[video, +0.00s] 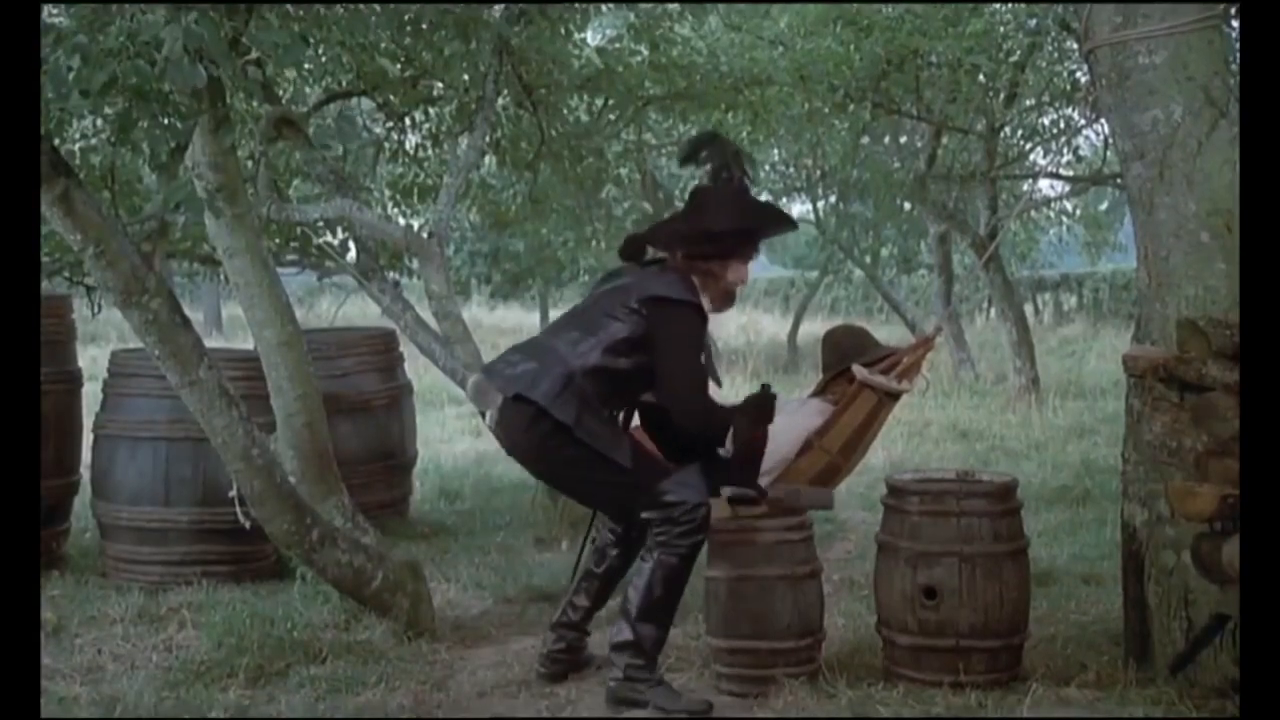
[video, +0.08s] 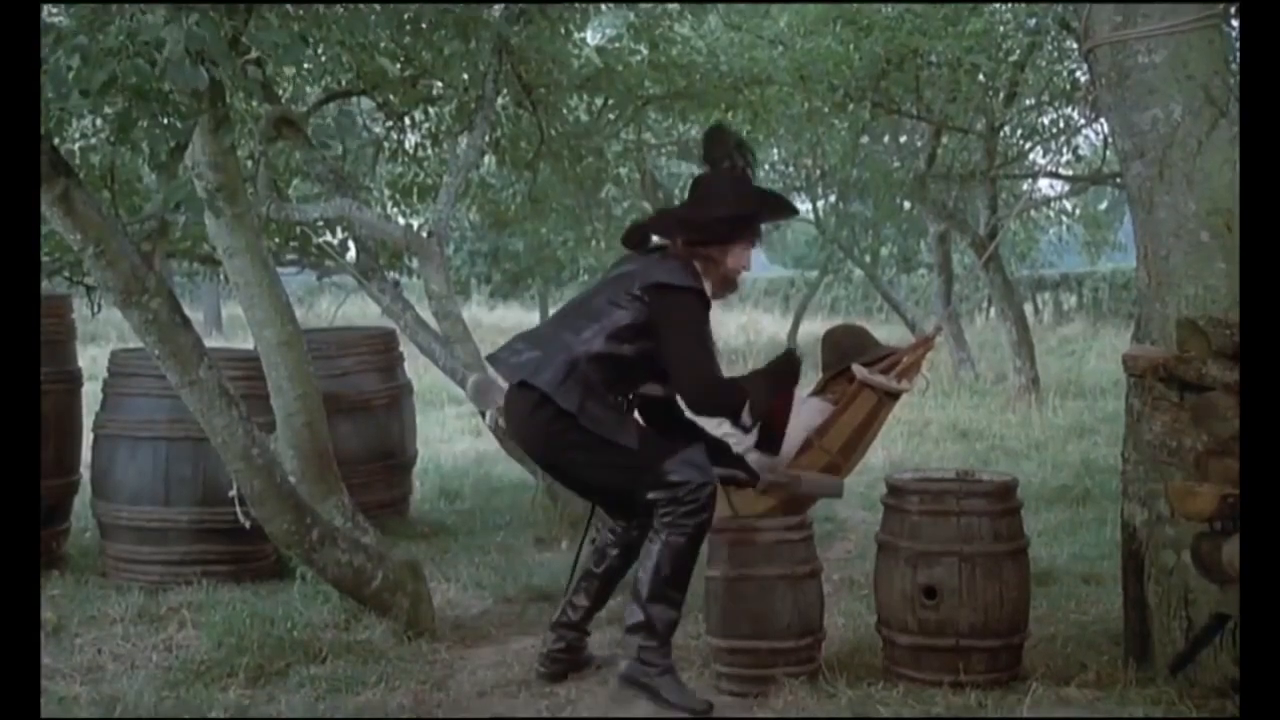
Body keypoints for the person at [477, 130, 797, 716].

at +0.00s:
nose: (748, 276)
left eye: (750, 262)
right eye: (746, 260)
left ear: (693, 254)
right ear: (716, 259)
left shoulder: (644, 285)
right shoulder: (676, 302)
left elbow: (652, 410)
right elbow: (689, 416)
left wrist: (699, 463)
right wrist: (732, 424)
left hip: (518, 409)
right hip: (543, 416)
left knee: (635, 510)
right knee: (682, 511)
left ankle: (563, 646)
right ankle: (634, 675)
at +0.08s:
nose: (752, 260)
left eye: (753, 246)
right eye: (749, 244)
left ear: (699, 239)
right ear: (719, 242)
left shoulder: (649, 272)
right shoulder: (677, 285)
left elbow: (650, 403)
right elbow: (705, 395)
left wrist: (725, 459)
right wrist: (756, 389)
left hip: (526, 399)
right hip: (552, 407)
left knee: (635, 509)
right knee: (690, 488)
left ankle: (563, 644)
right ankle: (648, 663)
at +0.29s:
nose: (778, 258)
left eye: (781, 246)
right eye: (774, 245)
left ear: (729, 237)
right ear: (741, 241)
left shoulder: (678, 268)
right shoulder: (709, 276)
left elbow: (659, 389)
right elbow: (769, 370)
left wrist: (728, 446)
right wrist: (841, 347)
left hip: (551, 393)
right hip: (581, 401)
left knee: (640, 512)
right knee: (700, 498)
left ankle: (564, 643)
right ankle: (685, 666)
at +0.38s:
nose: (797, 266)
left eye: (800, 253)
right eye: (795, 252)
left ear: (746, 241)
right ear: (763, 248)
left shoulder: (691, 270)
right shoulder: (732, 280)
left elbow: (670, 392)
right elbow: (791, 365)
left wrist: (762, 438)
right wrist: (868, 371)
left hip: (560, 389)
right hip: (597, 397)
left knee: (643, 511)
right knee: (714, 495)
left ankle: (563, 641)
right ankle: (683, 664)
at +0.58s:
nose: (828, 280)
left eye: (833, 267)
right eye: (825, 265)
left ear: (771, 249)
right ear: (790, 257)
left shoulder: (722, 276)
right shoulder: (764, 291)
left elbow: (713, 392)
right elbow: (820, 390)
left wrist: (811, 412)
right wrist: (891, 403)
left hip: (580, 379)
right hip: (616, 391)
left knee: (645, 511)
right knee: (733, 498)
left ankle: (565, 640)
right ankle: (686, 666)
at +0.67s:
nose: (835, 278)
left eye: (839, 265)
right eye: (833, 264)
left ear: (779, 248)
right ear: (800, 257)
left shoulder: (730, 272)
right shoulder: (771, 286)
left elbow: (730, 392)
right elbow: (824, 383)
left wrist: (834, 395)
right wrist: (893, 404)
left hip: (587, 379)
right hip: (626, 390)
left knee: (644, 509)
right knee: (734, 500)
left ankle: (564, 639)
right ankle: (686, 665)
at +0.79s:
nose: (835, 275)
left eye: (839, 263)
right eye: (831, 261)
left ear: (777, 248)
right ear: (794, 252)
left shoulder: (733, 273)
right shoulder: (775, 288)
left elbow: (747, 389)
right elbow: (824, 383)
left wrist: (836, 391)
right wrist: (887, 403)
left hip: (588, 379)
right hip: (630, 390)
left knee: (645, 510)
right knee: (735, 505)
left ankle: (564, 637)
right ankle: (684, 664)